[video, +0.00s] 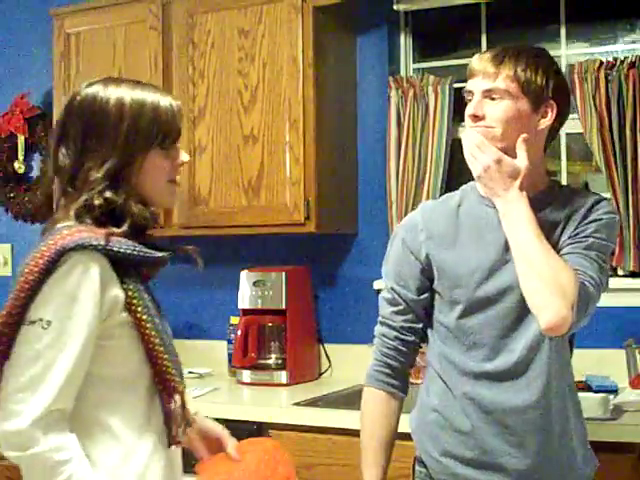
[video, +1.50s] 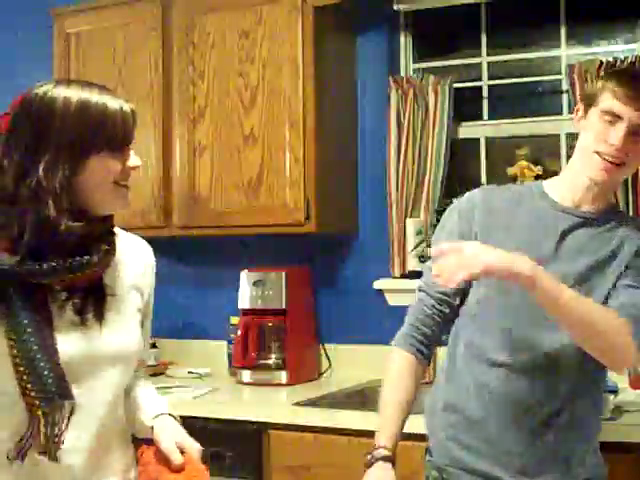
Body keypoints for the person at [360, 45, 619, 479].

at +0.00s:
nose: (472, 110)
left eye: (493, 96)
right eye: (470, 97)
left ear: (545, 114)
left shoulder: (587, 213)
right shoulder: (423, 228)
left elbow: (557, 314)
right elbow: (388, 367)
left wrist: (508, 196)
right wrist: (373, 474)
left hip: (550, 462)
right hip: (446, 462)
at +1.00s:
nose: (489, 123)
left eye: (502, 108)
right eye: (487, 111)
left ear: (553, 111)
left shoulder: (614, 218)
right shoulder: (459, 224)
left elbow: (529, 292)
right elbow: (432, 349)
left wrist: (498, 177)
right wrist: (411, 465)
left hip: (544, 463)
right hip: (445, 459)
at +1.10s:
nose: (542, 127)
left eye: (560, 114)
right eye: (532, 112)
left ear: (597, 125)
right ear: (516, 123)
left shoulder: (619, 222)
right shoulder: (458, 221)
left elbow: (533, 279)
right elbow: (434, 332)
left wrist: (483, 162)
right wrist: (411, 435)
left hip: (552, 462)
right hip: (450, 457)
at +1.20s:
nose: (604, 142)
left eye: (621, 130)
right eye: (593, 120)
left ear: (631, 140)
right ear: (555, 112)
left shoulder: (623, 225)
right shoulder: (463, 212)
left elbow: (540, 272)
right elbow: (428, 341)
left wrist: (445, 191)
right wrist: (411, 460)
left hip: (558, 463)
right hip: (452, 459)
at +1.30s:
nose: (630, 151)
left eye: (639, 136)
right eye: (622, 126)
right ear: (578, 113)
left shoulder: (626, 229)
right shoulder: (467, 209)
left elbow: (557, 288)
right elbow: (419, 346)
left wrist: (456, 230)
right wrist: (398, 468)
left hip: (562, 466)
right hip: (455, 461)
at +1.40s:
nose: (633, 147)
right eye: (625, 124)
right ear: (583, 115)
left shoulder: (626, 236)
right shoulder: (473, 210)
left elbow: (593, 319)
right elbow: (417, 341)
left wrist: (484, 245)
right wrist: (386, 465)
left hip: (564, 466)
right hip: (459, 462)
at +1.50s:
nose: (619, 141)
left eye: (637, 132)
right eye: (611, 118)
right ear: (580, 116)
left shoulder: (629, 244)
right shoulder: (477, 211)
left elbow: (629, 357)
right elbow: (416, 337)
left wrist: (526, 272)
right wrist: (381, 456)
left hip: (566, 469)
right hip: (459, 463)